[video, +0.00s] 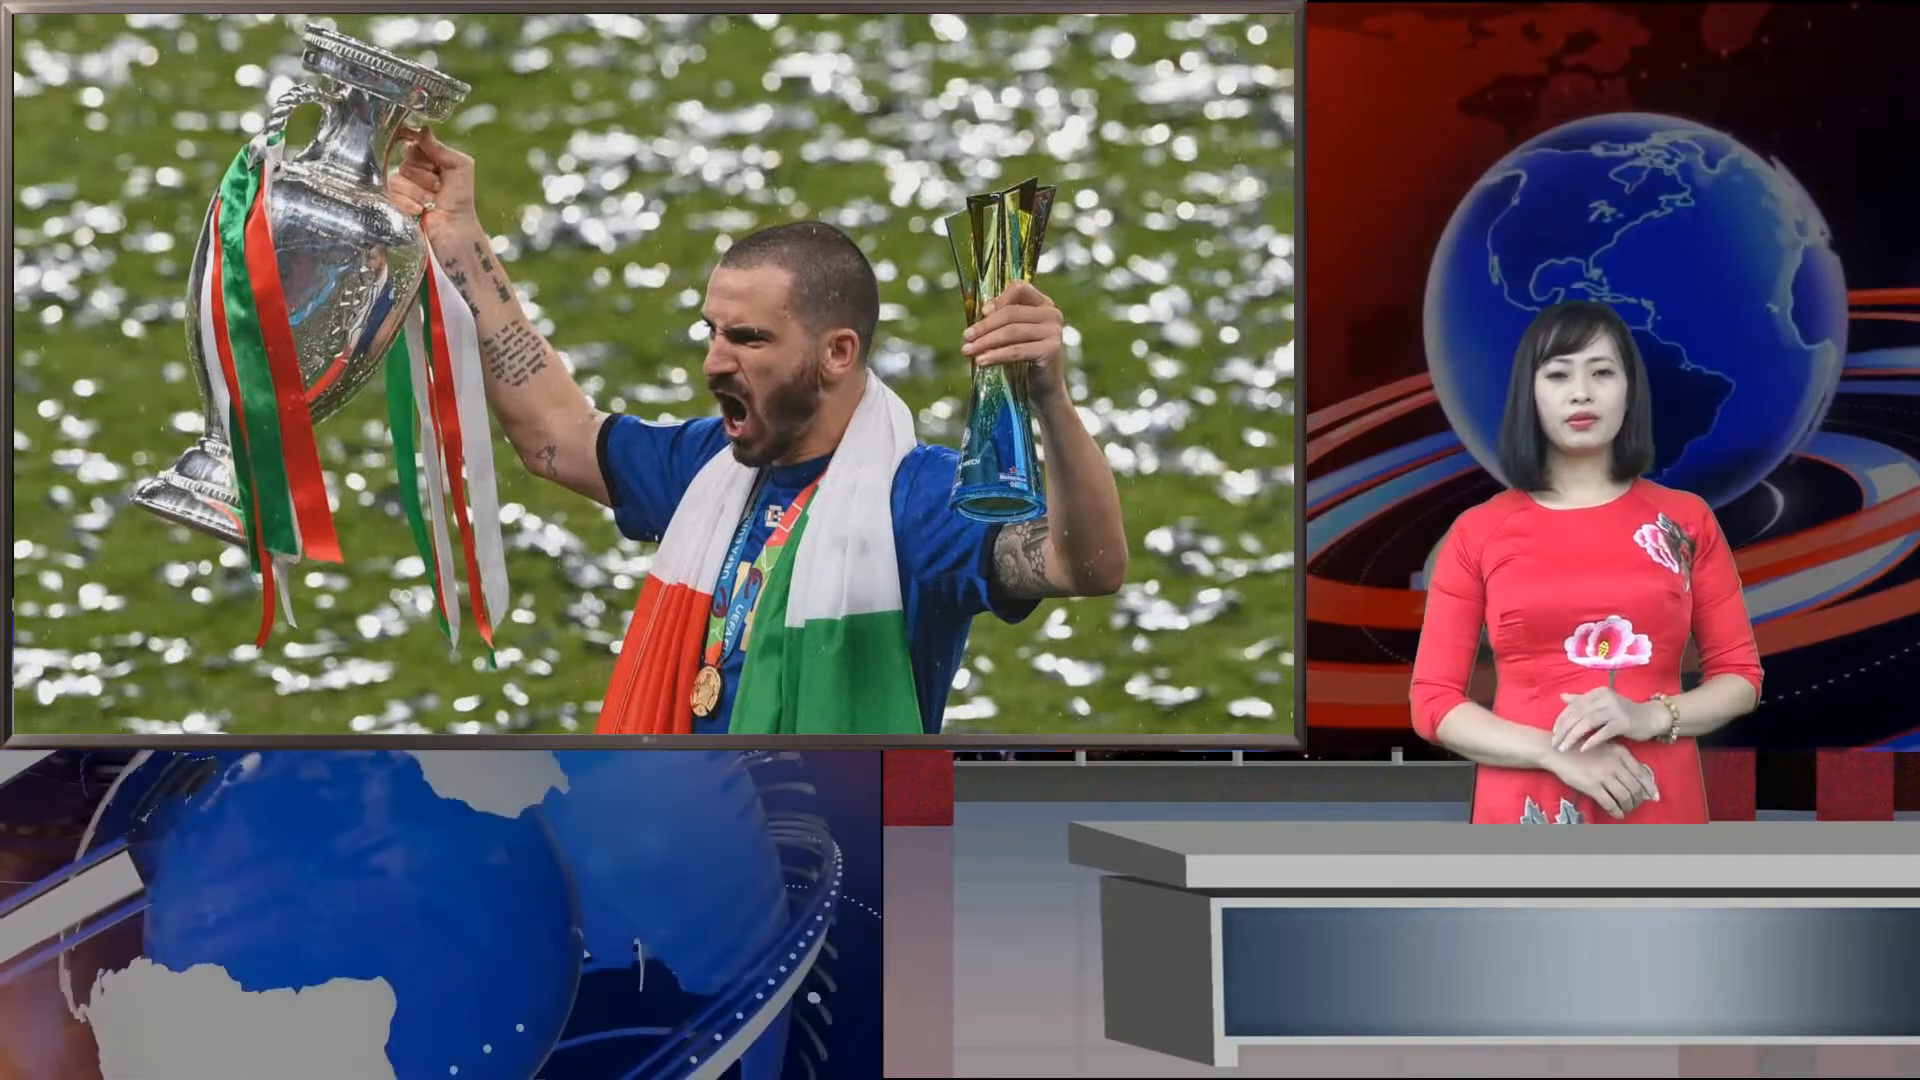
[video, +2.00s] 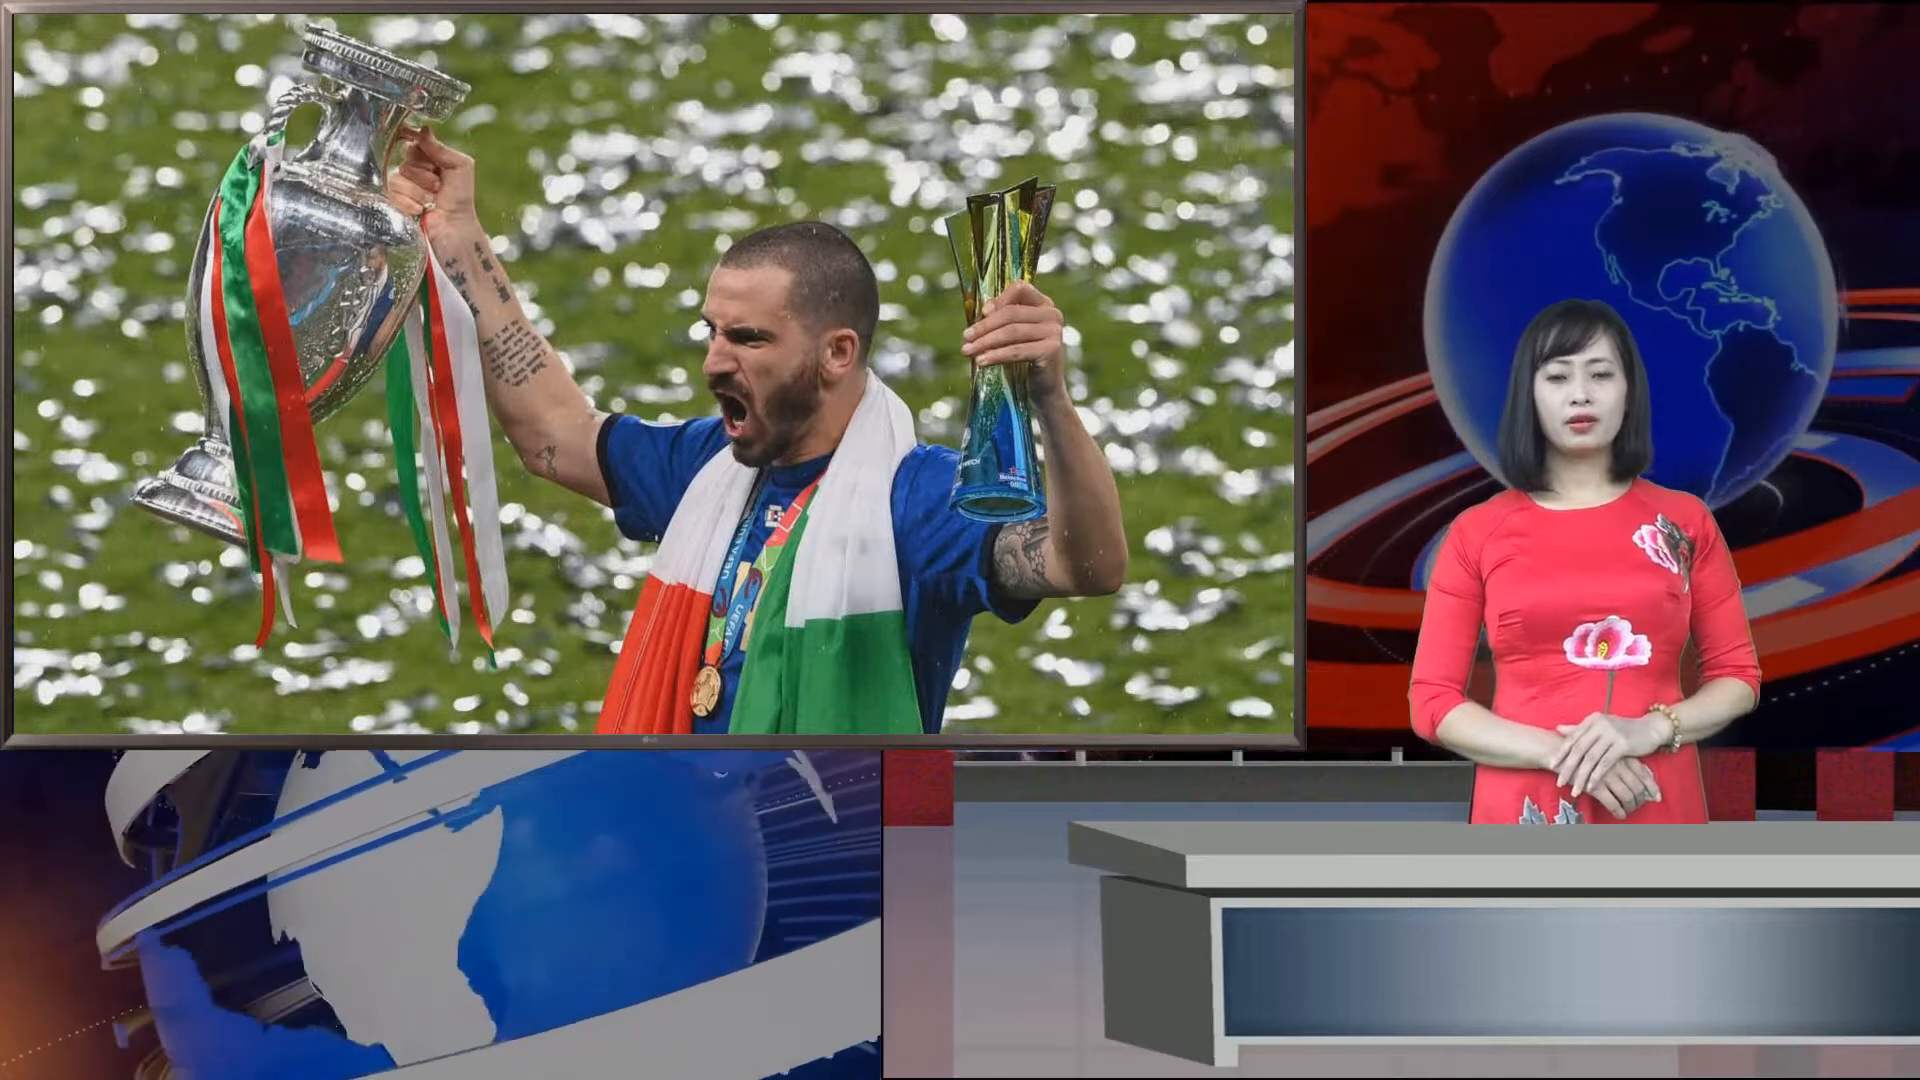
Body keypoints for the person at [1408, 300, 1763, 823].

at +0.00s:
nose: (1581, 392)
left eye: (1602, 372)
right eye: (1559, 374)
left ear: (1629, 391)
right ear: (1531, 393)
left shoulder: (1685, 521)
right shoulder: (1479, 534)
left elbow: (1740, 679)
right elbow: (1433, 701)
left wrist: (1650, 717)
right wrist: (1555, 752)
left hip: (1662, 822)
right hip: (1523, 822)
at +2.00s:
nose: (1580, 394)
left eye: (1601, 375)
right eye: (1558, 376)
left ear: (1629, 391)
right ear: (1530, 394)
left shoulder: (1685, 522)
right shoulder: (1479, 533)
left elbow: (1737, 680)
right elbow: (1432, 701)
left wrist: (1650, 728)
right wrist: (1566, 752)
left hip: (1661, 823)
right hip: (1521, 824)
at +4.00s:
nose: (1580, 393)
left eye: (1602, 373)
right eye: (1558, 375)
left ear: (1630, 391)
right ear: (1530, 391)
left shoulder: (1686, 521)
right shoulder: (1478, 533)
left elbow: (1739, 680)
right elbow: (1432, 702)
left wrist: (1652, 729)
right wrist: (1565, 753)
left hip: (1662, 825)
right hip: (1520, 826)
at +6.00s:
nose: (1580, 395)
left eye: (1602, 375)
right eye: (1558, 376)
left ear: (1629, 392)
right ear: (1530, 393)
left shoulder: (1684, 522)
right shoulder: (1477, 534)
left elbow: (1737, 681)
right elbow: (1431, 701)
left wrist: (1649, 724)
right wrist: (1564, 753)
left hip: (1661, 825)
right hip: (1520, 825)